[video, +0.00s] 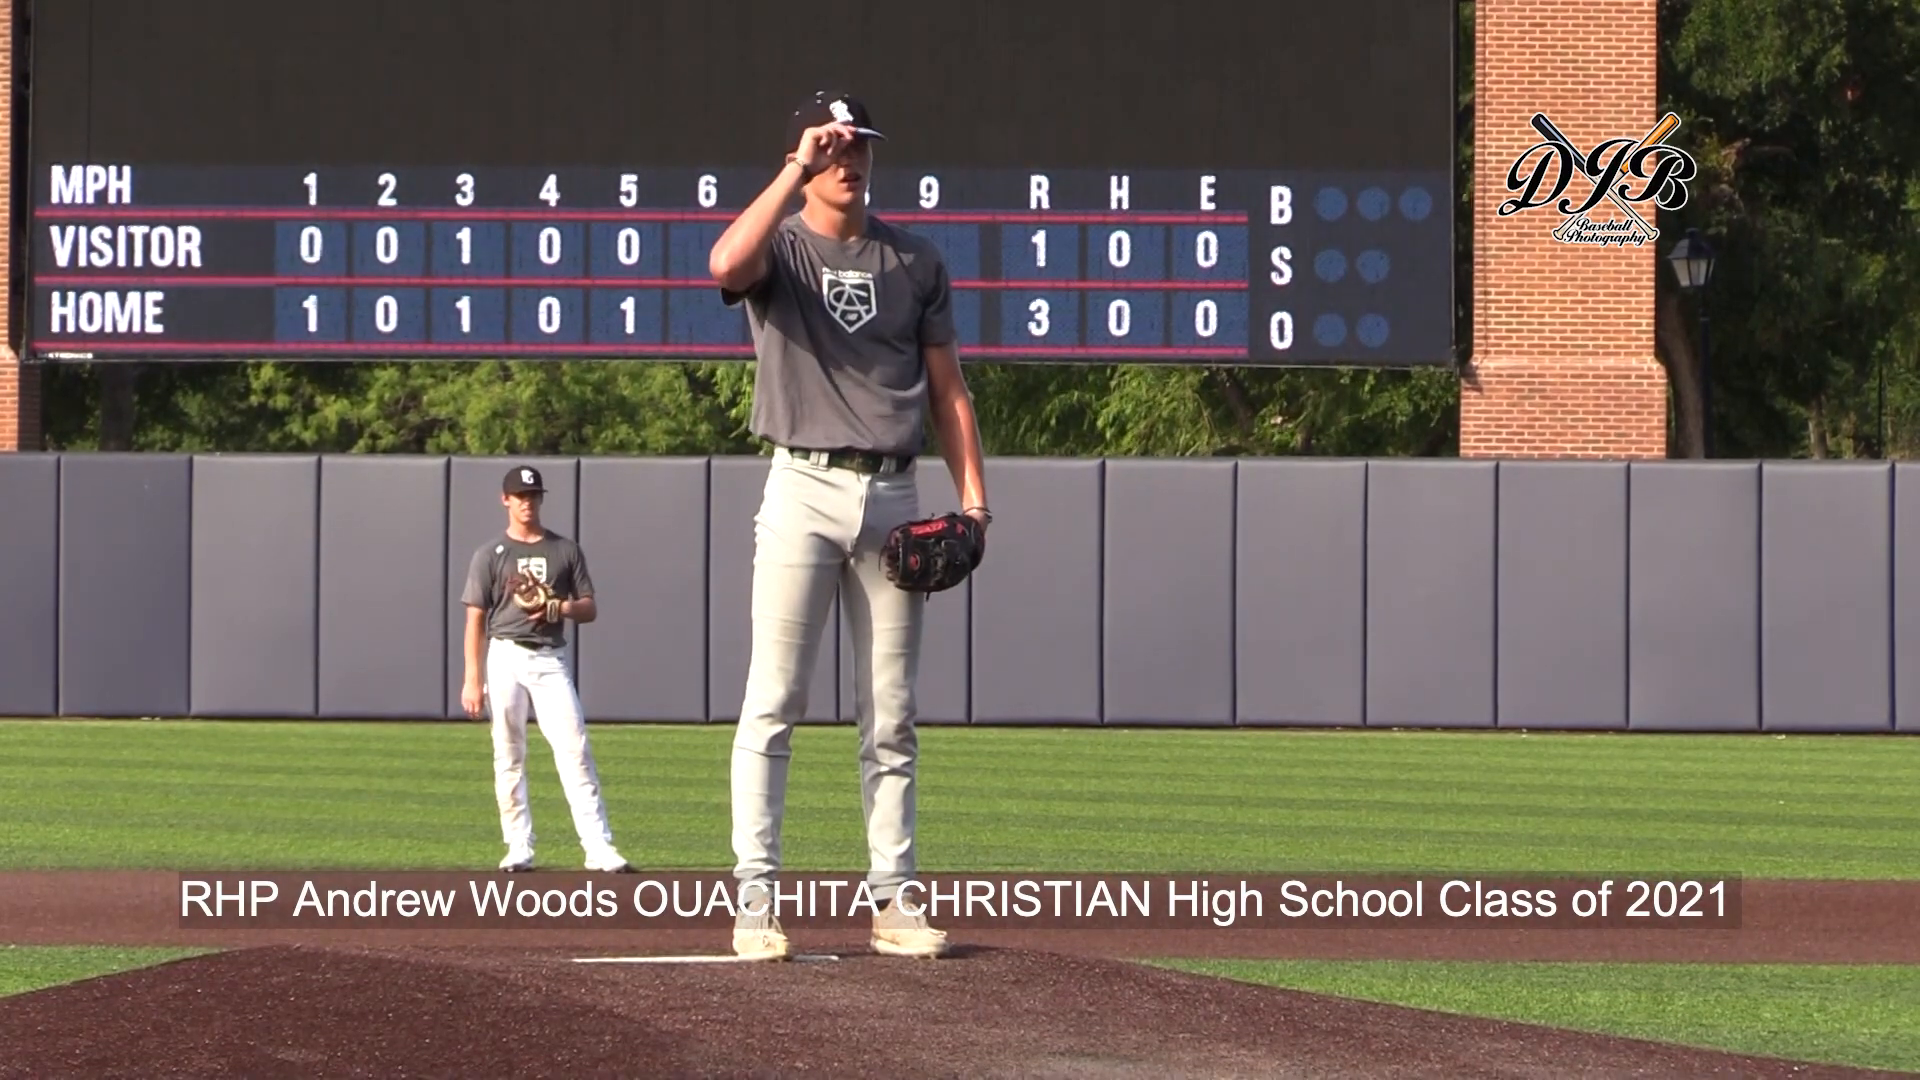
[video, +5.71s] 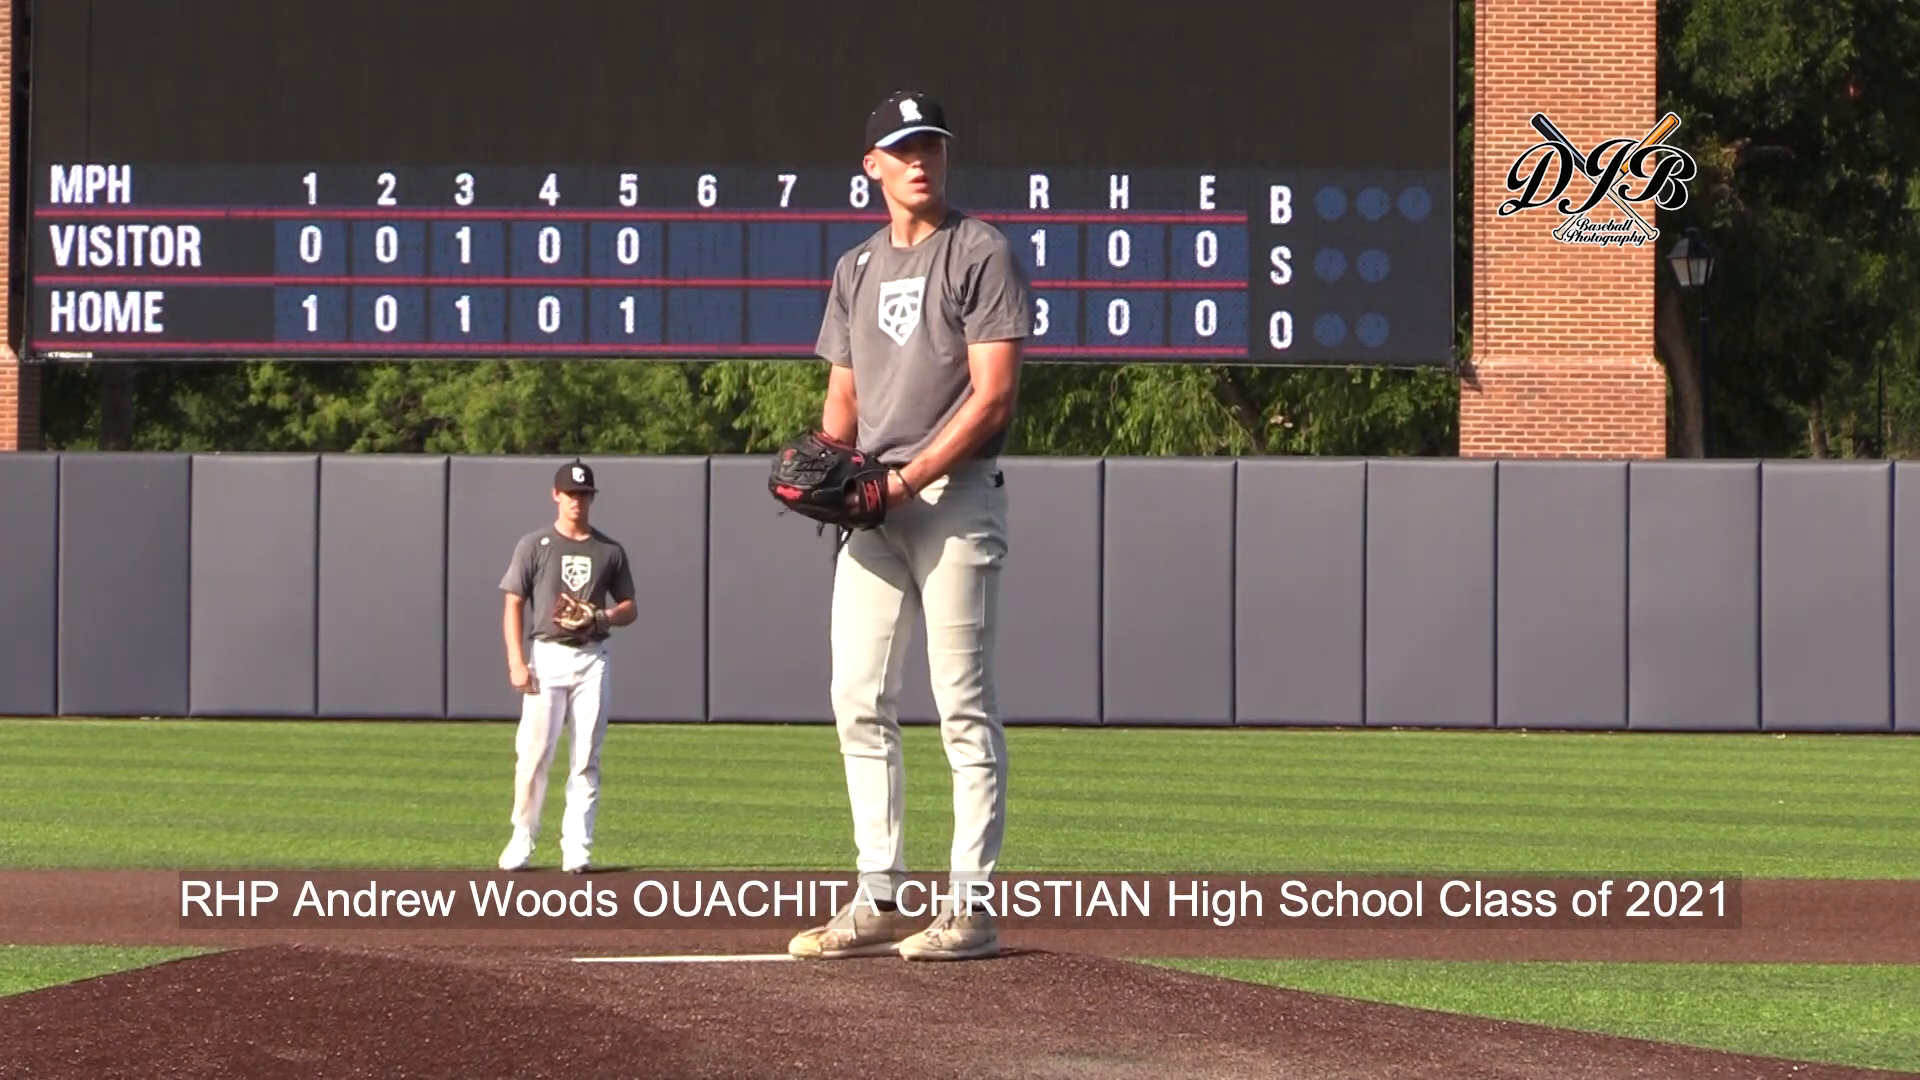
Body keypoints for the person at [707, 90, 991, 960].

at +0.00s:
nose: (847, 164)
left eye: (856, 151)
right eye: (831, 153)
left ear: (872, 160)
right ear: (802, 167)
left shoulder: (915, 259)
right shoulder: (777, 246)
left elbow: (948, 386)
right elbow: (725, 269)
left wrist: (972, 500)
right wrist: (795, 168)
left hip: (894, 499)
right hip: (801, 492)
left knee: (893, 716)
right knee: (772, 704)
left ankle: (893, 899)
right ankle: (757, 897)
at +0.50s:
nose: (858, 163)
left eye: (866, 150)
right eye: (842, 151)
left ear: (877, 160)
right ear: (803, 163)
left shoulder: (915, 266)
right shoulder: (764, 260)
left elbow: (946, 390)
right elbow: (729, 376)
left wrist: (967, 503)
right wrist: (789, 297)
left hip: (889, 499)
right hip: (794, 494)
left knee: (888, 715)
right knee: (769, 703)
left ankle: (892, 898)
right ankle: (756, 896)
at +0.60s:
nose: (861, 164)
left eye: (868, 151)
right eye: (845, 152)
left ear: (878, 162)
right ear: (805, 164)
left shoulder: (915, 267)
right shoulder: (767, 263)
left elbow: (945, 391)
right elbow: (730, 392)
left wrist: (966, 504)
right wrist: (786, 382)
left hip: (888, 500)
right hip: (793, 494)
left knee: (886, 713)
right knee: (769, 701)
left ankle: (892, 897)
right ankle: (755, 895)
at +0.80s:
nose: (863, 163)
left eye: (870, 149)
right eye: (845, 151)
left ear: (879, 161)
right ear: (805, 163)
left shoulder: (914, 268)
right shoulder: (768, 265)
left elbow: (943, 394)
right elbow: (732, 402)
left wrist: (965, 505)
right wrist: (765, 514)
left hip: (886, 497)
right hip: (793, 494)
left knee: (886, 712)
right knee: (769, 705)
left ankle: (892, 897)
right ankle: (755, 896)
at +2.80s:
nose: (855, 159)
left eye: (862, 146)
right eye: (838, 147)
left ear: (872, 159)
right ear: (799, 161)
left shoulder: (911, 267)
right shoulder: (759, 268)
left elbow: (943, 393)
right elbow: (733, 405)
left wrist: (965, 507)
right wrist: (744, 521)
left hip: (888, 497)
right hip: (792, 493)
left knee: (887, 712)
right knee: (768, 705)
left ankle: (893, 897)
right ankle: (755, 895)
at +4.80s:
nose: (830, 159)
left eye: (837, 145)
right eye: (812, 147)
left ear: (849, 157)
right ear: (775, 161)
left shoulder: (894, 261)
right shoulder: (733, 266)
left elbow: (923, 392)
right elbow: (708, 398)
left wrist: (882, 478)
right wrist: (794, 464)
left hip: (867, 503)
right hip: (769, 503)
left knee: (900, 697)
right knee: (761, 700)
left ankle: (929, 893)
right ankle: (753, 902)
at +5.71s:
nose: (920, 164)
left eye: (930, 149)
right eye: (903, 152)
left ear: (947, 159)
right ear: (873, 166)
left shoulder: (981, 252)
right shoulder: (853, 271)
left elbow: (994, 397)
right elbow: (844, 393)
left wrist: (902, 479)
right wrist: (826, 465)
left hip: (955, 504)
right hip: (872, 504)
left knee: (961, 706)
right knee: (860, 708)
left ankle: (971, 906)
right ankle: (880, 899)